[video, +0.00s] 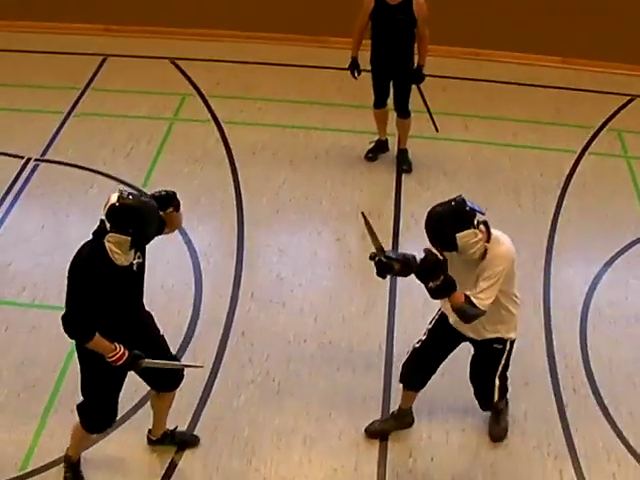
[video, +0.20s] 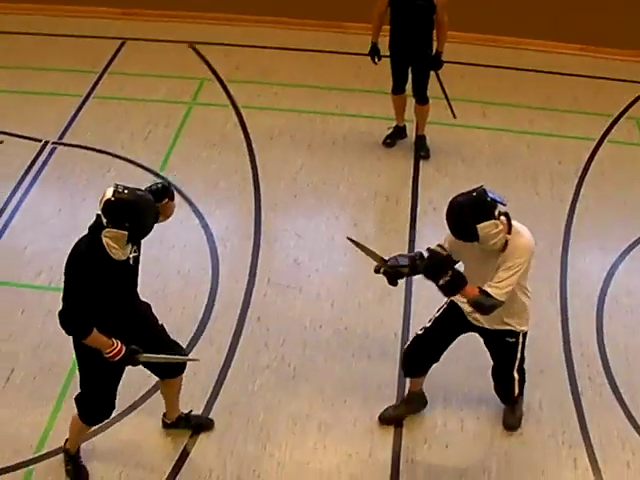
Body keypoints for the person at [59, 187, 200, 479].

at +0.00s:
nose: (138, 243)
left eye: (139, 238)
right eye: (135, 238)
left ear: (137, 232)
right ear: (121, 233)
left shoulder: (134, 234)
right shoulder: (87, 262)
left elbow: (169, 225)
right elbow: (75, 326)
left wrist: (170, 213)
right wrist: (115, 352)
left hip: (135, 324)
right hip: (100, 340)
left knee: (169, 377)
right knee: (99, 418)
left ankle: (158, 433)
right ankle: (72, 459)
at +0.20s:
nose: (144, 230)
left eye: (144, 225)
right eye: (140, 226)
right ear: (126, 226)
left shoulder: (126, 229)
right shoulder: (85, 256)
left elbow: (155, 215)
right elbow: (73, 322)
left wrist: (162, 205)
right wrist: (112, 347)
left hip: (131, 316)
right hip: (97, 336)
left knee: (172, 361)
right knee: (96, 407)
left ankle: (173, 417)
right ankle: (71, 450)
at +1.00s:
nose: (127, 195)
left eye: (127, 190)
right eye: (124, 189)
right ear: (112, 188)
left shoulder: (103, 186)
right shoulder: (82, 212)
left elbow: (134, 217)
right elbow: (115, 249)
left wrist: (140, 248)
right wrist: (140, 202)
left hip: (83, 278)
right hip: (97, 294)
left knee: (82, 325)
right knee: (147, 347)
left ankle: (65, 372)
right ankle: (138, 405)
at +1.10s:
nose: (126, 191)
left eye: (128, 185)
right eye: (125, 186)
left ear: (97, 174)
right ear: (109, 187)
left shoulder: (85, 187)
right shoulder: (83, 219)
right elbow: (107, 255)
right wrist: (135, 201)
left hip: (82, 282)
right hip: (98, 297)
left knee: (85, 327)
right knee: (148, 348)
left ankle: (68, 373)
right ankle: (142, 405)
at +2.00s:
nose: (85, 203)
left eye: (86, 198)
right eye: (82, 199)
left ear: (55, 187)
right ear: (67, 199)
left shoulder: (44, 196)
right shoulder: (48, 238)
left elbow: (79, 217)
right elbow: (62, 298)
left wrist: (106, 226)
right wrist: (125, 296)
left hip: (30, 290)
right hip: (49, 305)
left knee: (42, 323)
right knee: (119, 344)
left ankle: (23, 377)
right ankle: (141, 404)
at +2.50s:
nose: (90, 197)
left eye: (89, 192)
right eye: (88, 193)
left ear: (60, 180)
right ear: (76, 195)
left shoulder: (45, 193)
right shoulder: (55, 226)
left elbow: (83, 220)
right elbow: (80, 265)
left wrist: (92, 248)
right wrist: (121, 221)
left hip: (38, 282)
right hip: (61, 297)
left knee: (50, 316)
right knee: (133, 338)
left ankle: (30, 370)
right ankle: (144, 399)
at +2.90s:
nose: (92, 198)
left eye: (93, 193)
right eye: (89, 194)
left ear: (67, 183)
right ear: (74, 194)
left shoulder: (56, 195)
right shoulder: (48, 231)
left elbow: (83, 198)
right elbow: (20, 286)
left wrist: (106, 202)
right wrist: (50, 280)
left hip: (69, 293)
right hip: (87, 304)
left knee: (62, 321)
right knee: (160, 333)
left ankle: (28, 367)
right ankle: (167, 396)